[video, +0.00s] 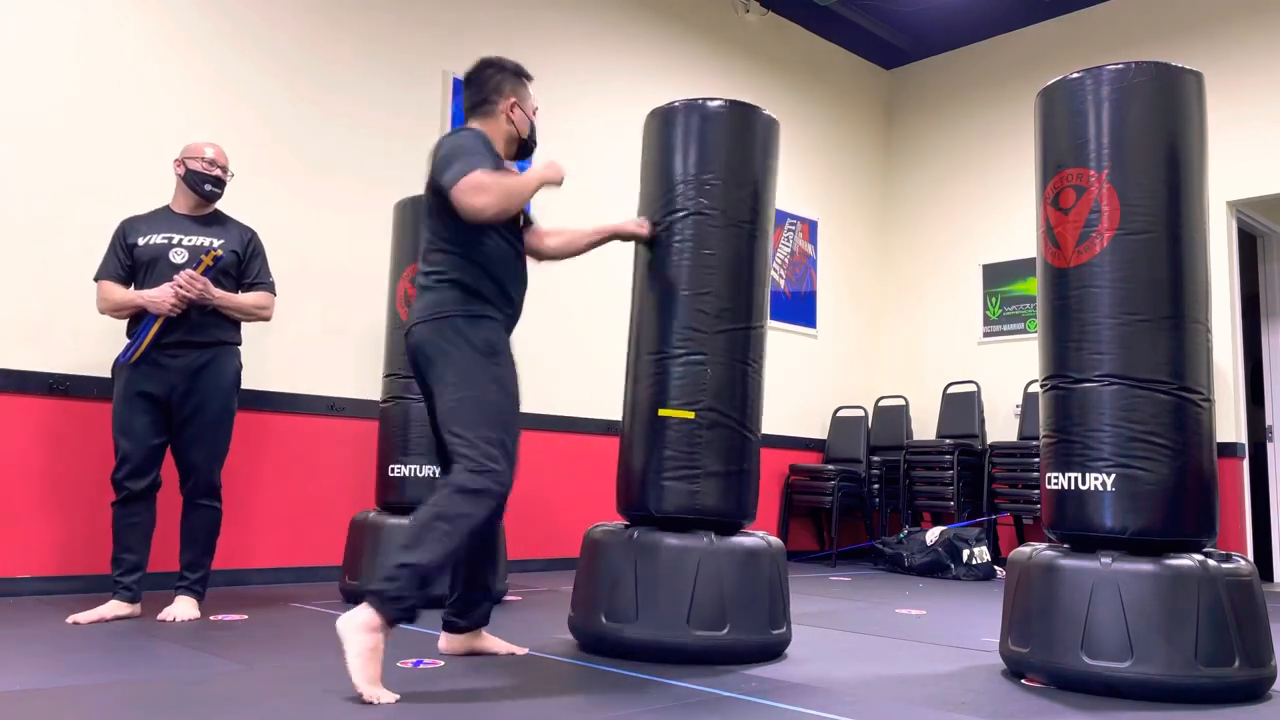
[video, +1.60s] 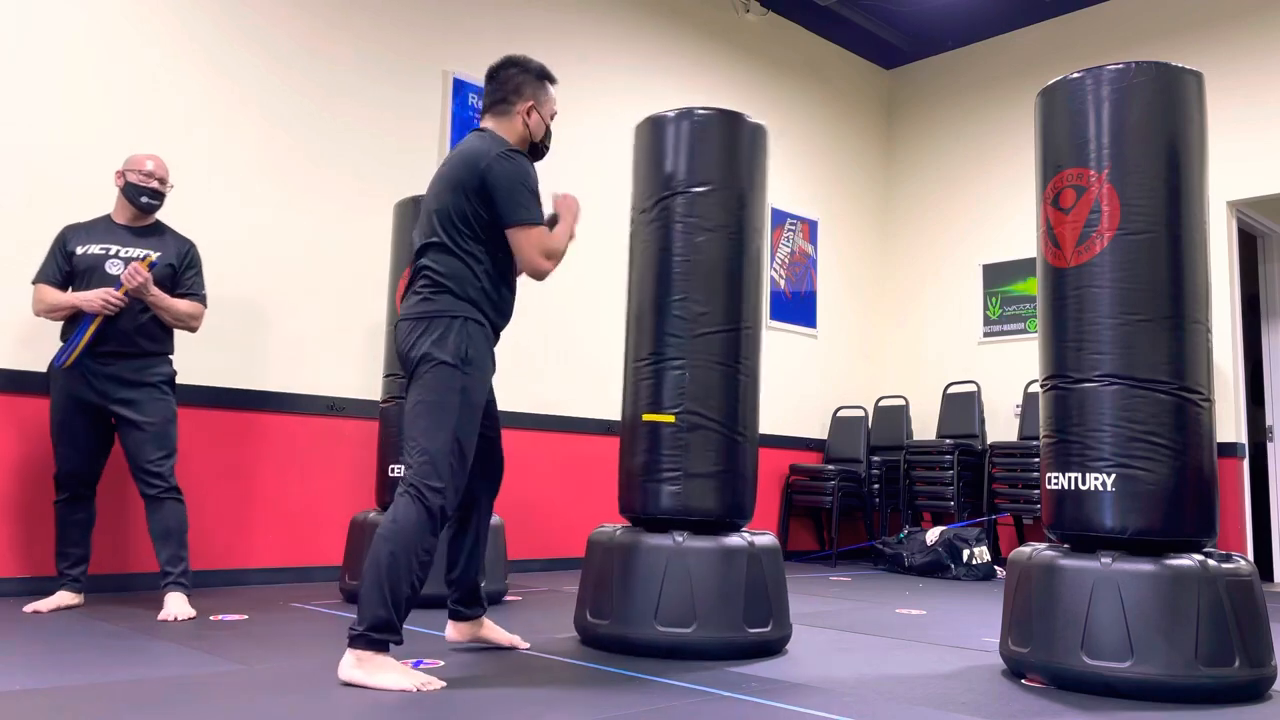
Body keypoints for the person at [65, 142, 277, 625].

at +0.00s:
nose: (213, 171)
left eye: (220, 167)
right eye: (204, 162)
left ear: (227, 181)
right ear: (178, 168)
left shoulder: (241, 238)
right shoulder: (134, 229)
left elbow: (264, 307)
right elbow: (106, 298)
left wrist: (212, 295)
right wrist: (146, 298)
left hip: (209, 372)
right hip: (142, 370)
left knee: (201, 485)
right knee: (132, 481)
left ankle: (189, 594)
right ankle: (126, 595)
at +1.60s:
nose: (153, 185)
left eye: (160, 181)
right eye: (144, 175)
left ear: (167, 192)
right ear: (119, 180)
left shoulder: (180, 249)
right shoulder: (75, 237)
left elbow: (193, 319)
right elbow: (42, 302)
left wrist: (150, 294)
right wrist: (79, 299)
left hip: (146, 383)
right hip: (79, 380)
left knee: (160, 482)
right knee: (72, 484)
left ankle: (176, 590)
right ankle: (70, 587)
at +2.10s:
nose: (121, 182)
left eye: (128, 178)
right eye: (111, 173)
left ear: (134, 189)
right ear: (85, 179)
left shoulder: (151, 245)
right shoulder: (44, 239)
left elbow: (172, 311)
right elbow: (15, 305)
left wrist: (126, 292)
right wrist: (51, 303)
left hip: (124, 381)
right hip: (58, 380)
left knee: (126, 481)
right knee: (63, 484)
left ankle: (130, 589)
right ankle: (70, 586)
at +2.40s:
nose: (112, 184)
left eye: (119, 178)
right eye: (102, 175)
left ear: (125, 189)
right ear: (75, 180)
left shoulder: (142, 245)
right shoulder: (34, 241)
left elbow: (164, 312)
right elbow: (5, 306)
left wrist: (118, 292)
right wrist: (44, 303)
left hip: (117, 380)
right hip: (51, 380)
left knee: (124, 479)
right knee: (58, 483)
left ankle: (130, 588)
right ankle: (70, 586)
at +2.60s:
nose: (106, 183)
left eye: (112, 178)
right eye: (95, 174)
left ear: (119, 189)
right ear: (69, 180)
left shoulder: (136, 245)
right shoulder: (28, 241)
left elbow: (157, 311)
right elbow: (3, 307)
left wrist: (111, 290)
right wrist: (37, 303)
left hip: (110, 378)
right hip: (45, 378)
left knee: (113, 479)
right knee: (56, 482)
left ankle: (116, 587)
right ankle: (69, 586)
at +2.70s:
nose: (104, 183)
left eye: (111, 178)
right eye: (94, 174)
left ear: (117, 189)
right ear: (66, 179)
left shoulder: (133, 244)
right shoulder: (25, 242)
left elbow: (155, 311)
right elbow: (3, 308)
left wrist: (107, 289)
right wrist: (33, 302)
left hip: (105, 374)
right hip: (41, 375)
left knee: (102, 474)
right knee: (53, 480)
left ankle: (101, 587)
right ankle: (68, 586)